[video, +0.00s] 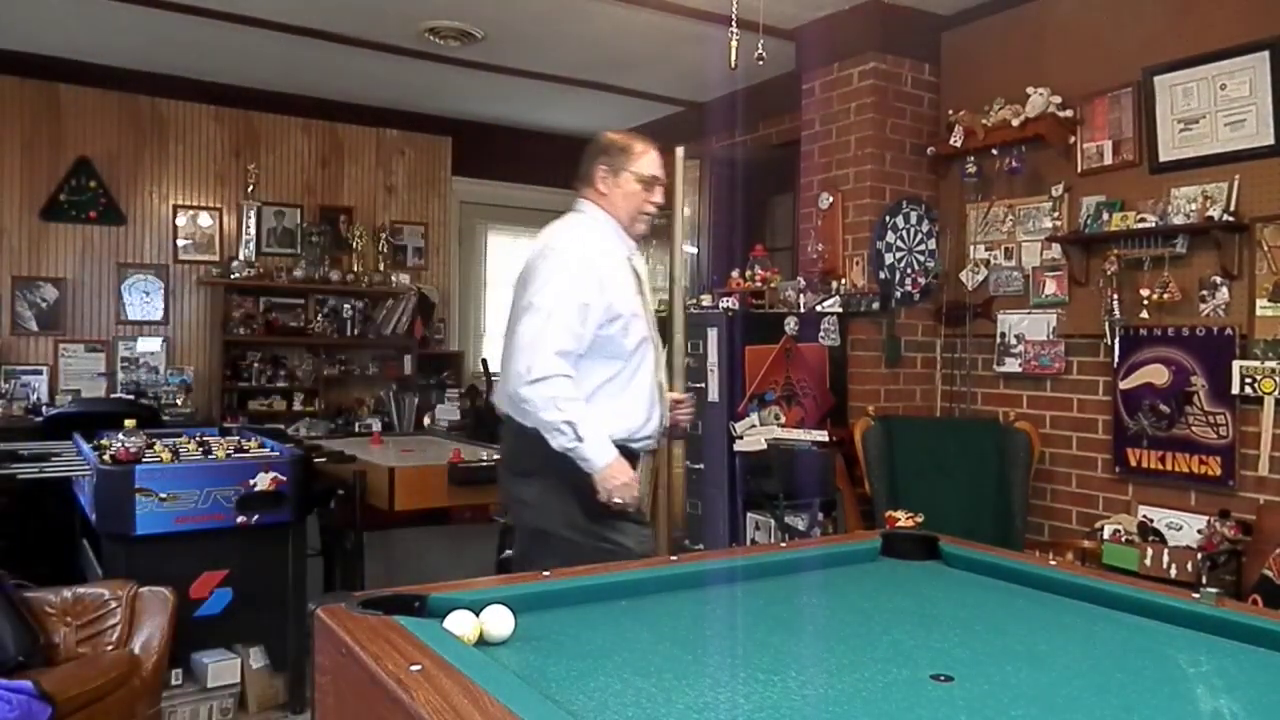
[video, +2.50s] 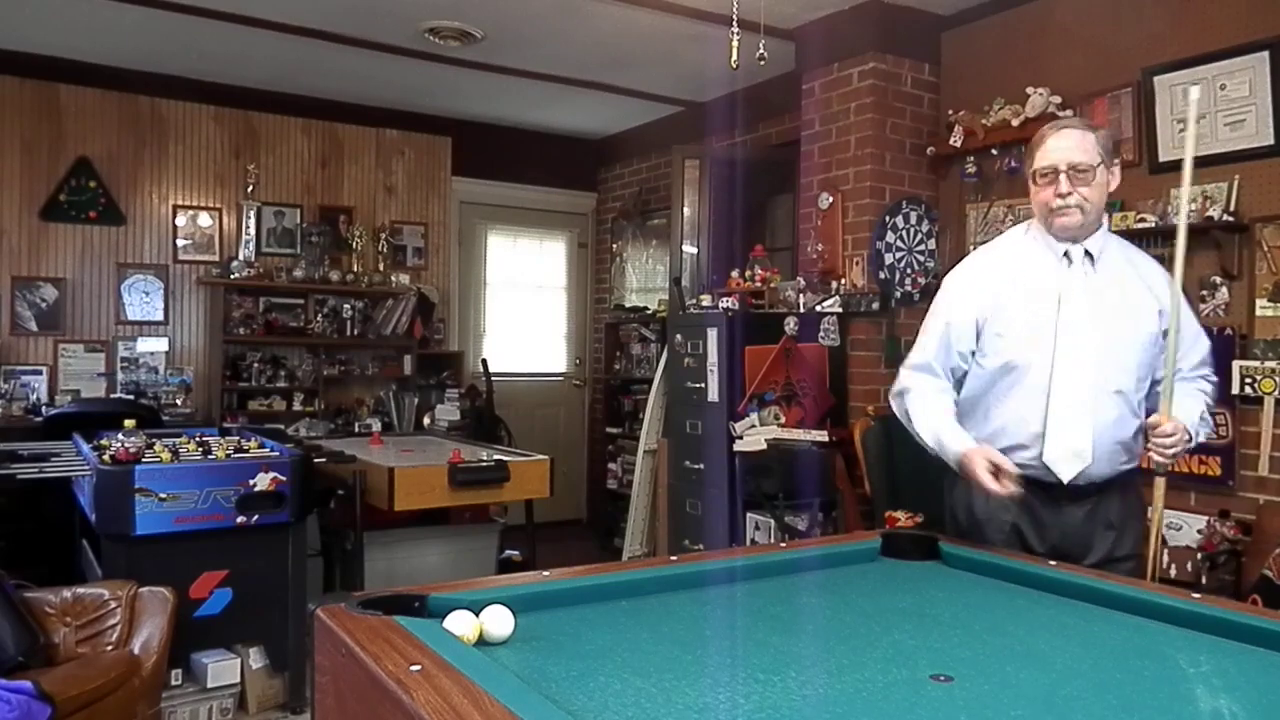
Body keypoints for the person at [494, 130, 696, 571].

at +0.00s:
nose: (659, 199)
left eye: (661, 187)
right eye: (647, 183)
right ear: (604, 180)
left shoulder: (609, 247)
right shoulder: (574, 246)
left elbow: (588, 371)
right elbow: (534, 375)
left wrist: (653, 409)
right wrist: (603, 461)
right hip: (563, 464)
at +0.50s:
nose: (833, 214)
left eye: (838, 200)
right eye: (823, 199)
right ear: (777, 194)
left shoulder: (784, 257)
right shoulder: (746, 266)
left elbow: (774, 367)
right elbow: (740, 407)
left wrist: (829, 380)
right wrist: (817, 464)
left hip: (767, 461)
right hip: (731, 468)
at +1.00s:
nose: (966, 227)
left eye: (977, 218)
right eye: (955, 209)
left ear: (982, 223)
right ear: (913, 201)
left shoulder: (963, 304)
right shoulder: (850, 273)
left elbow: (949, 382)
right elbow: (789, 379)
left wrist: (977, 410)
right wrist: (851, 445)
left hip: (920, 493)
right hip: (835, 488)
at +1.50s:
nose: (1048, 239)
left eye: (1058, 224)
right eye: (1034, 220)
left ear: (1066, 225)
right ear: (994, 208)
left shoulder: (1051, 295)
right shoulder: (929, 281)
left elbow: (1062, 381)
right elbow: (890, 404)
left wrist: (1068, 413)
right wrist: (973, 463)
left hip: (1001, 489)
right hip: (919, 484)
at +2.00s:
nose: (1089, 250)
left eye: (1099, 231)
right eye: (1071, 233)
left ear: (1107, 221)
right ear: (1022, 223)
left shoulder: (1085, 277)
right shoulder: (989, 306)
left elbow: (1099, 363)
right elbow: (1049, 452)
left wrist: (1121, 392)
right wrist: (1156, 544)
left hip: (1045, 501)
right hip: (967, 505)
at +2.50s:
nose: (1062, 188)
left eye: (1079, 172)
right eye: (1046, 176)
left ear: (1111, 178)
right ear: (1030, 188)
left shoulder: (1150, 281)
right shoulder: (984, 271)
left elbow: (1192, 373)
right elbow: (919, 380)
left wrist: (1182, 425)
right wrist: (962, 450)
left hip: (1109, 512)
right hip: (998, 507)